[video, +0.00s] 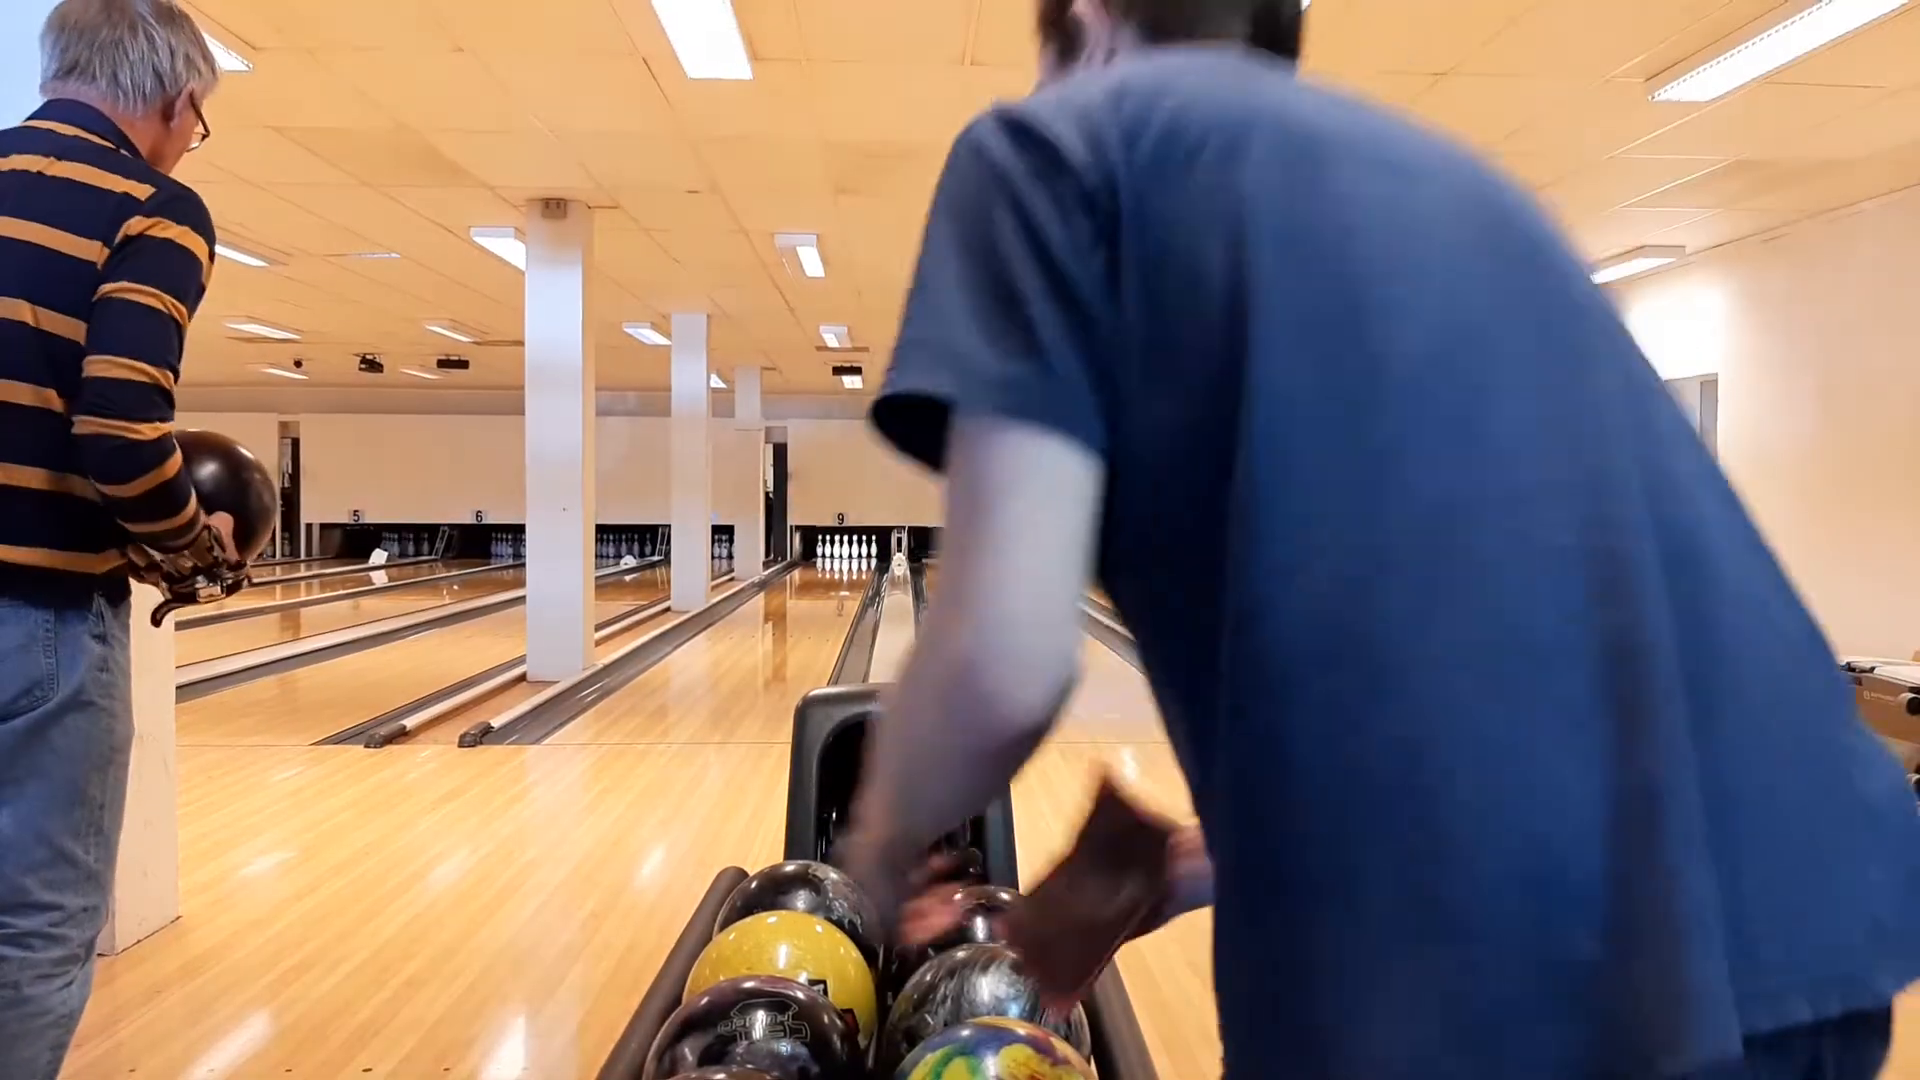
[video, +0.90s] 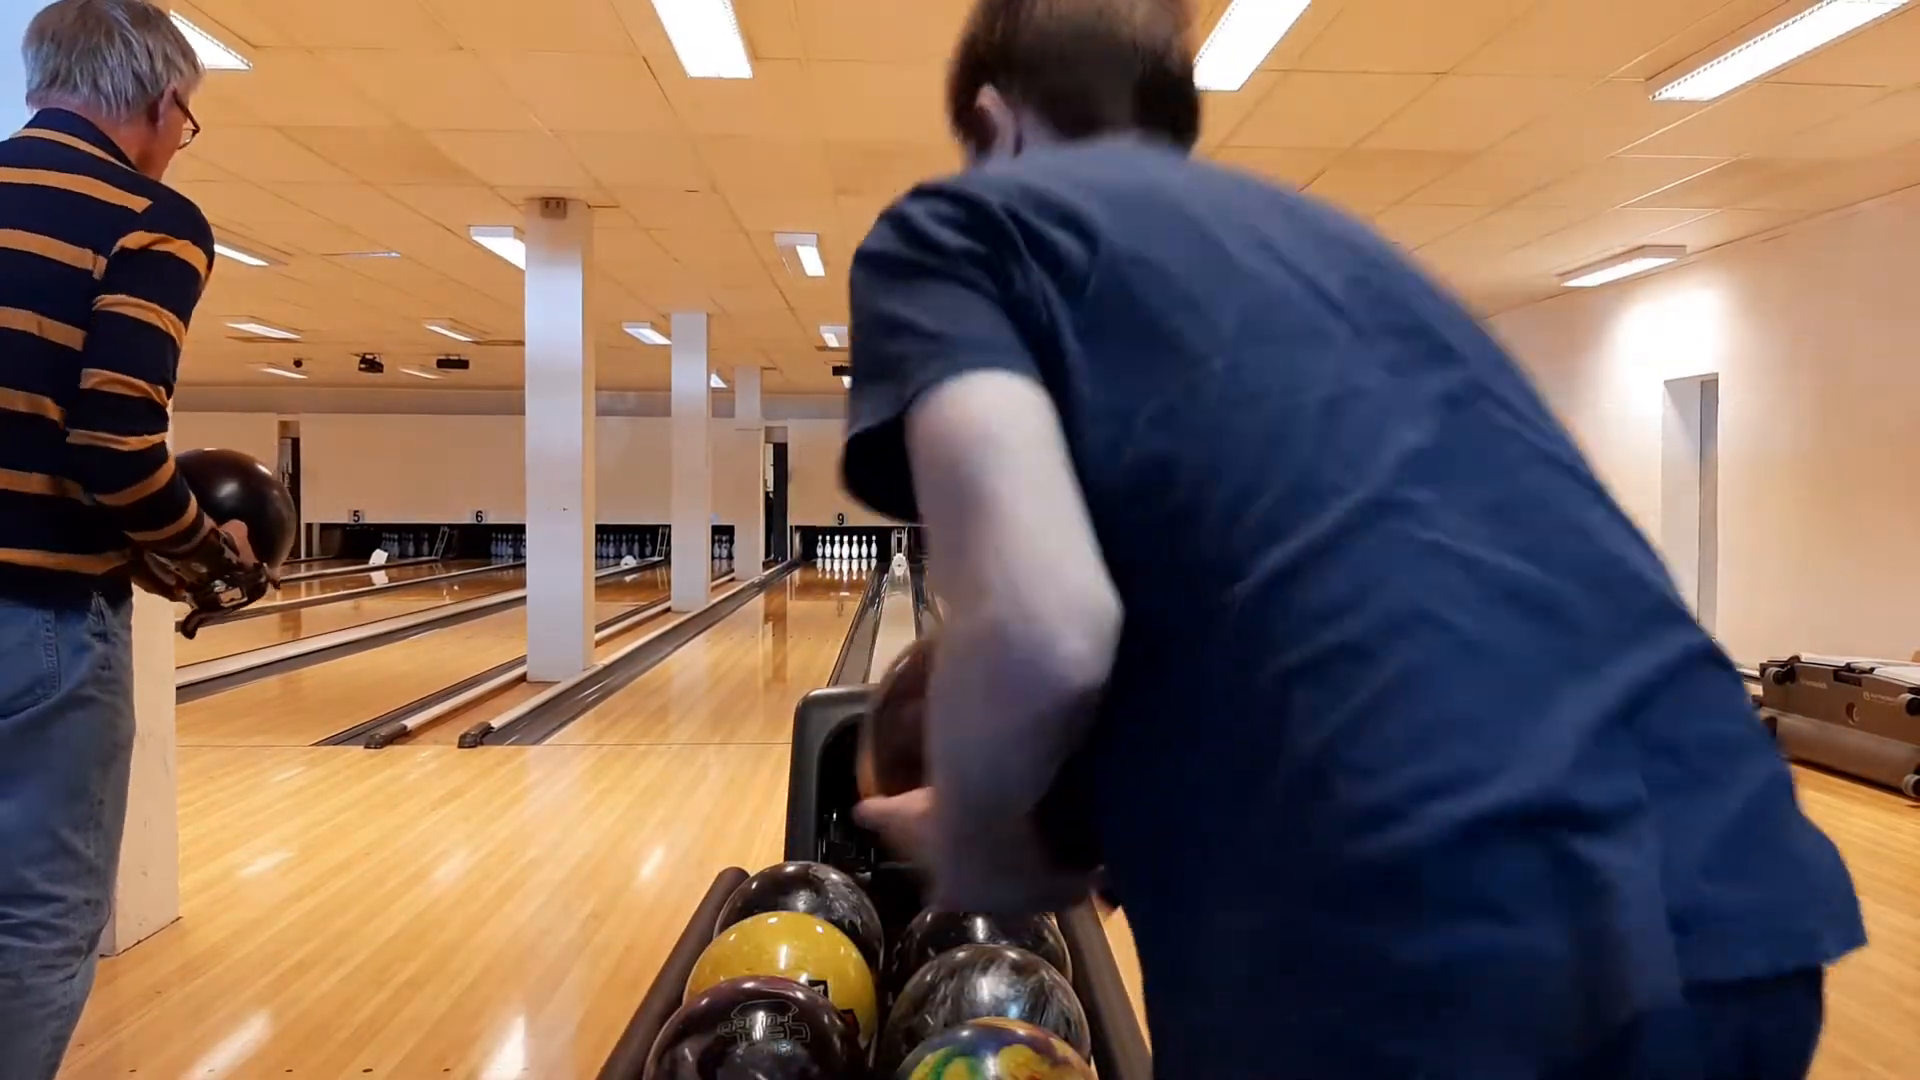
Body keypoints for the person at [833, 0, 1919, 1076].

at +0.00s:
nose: (1041, 82)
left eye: (1041, 62)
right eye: (1041, 66)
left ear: (1082, 28)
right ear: (1277, 47)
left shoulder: (1067, 144)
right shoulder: (1443, 180)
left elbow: (1005, 666)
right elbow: (1503, 684)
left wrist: (877, 858)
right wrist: (1191, 861)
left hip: (1486, 982)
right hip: (1812, 928)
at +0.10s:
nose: (984, 193)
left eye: (990, 163)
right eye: (987, 165)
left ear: (1029, 157)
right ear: (1218, 167)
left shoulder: (1004, 269)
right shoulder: (1367, 288)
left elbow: (882, 759)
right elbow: (1368, 798)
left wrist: (707, 982)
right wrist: (1061, 925)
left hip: (1474, 967)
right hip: (1782, 911)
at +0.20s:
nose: (941, 326)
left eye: (943, 299)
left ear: (981, 267)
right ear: (1163, 276)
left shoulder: (963, 363)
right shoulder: (1321, 374)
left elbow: (788, 861)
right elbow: (1192, 865)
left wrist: (623, 1063)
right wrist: (912, 1061)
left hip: (1434, 975)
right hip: (1752, 912)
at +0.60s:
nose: (883, 412)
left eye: (884, 395)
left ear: (920, 374)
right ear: (1103, 370)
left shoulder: (880, 465)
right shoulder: (1244, 429)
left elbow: (886, 927)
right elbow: (1269, 840)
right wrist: (994, 1062)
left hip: (1398, 980)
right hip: (1706, 917)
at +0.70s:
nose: (898, 361)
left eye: (899, 336)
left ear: (927, 320)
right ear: (1104, 319)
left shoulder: (897, 407)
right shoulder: (1246, 401)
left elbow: (987, 795)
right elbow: (1289, 814)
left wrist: (771, 891)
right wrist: (1033, 1017)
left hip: (1396, 968)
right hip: (1697, 922)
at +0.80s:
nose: (911, 254)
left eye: (912, 237)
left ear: (950, 219)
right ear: (1132, 230)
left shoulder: (929, 308)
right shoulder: (1264, 331)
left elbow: (1012, 674)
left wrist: (839, 860)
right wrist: (1049, 910)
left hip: (1429, 960)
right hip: (1708, 917)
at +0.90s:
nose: (963, 156)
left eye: (961, 132)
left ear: (987, 118)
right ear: (1179, 126)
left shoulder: (962, 226)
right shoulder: (1336, 242)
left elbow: (1046, 634)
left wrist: (977, 862)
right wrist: (1032, 808)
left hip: (1410, 968)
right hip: (1744, 922)